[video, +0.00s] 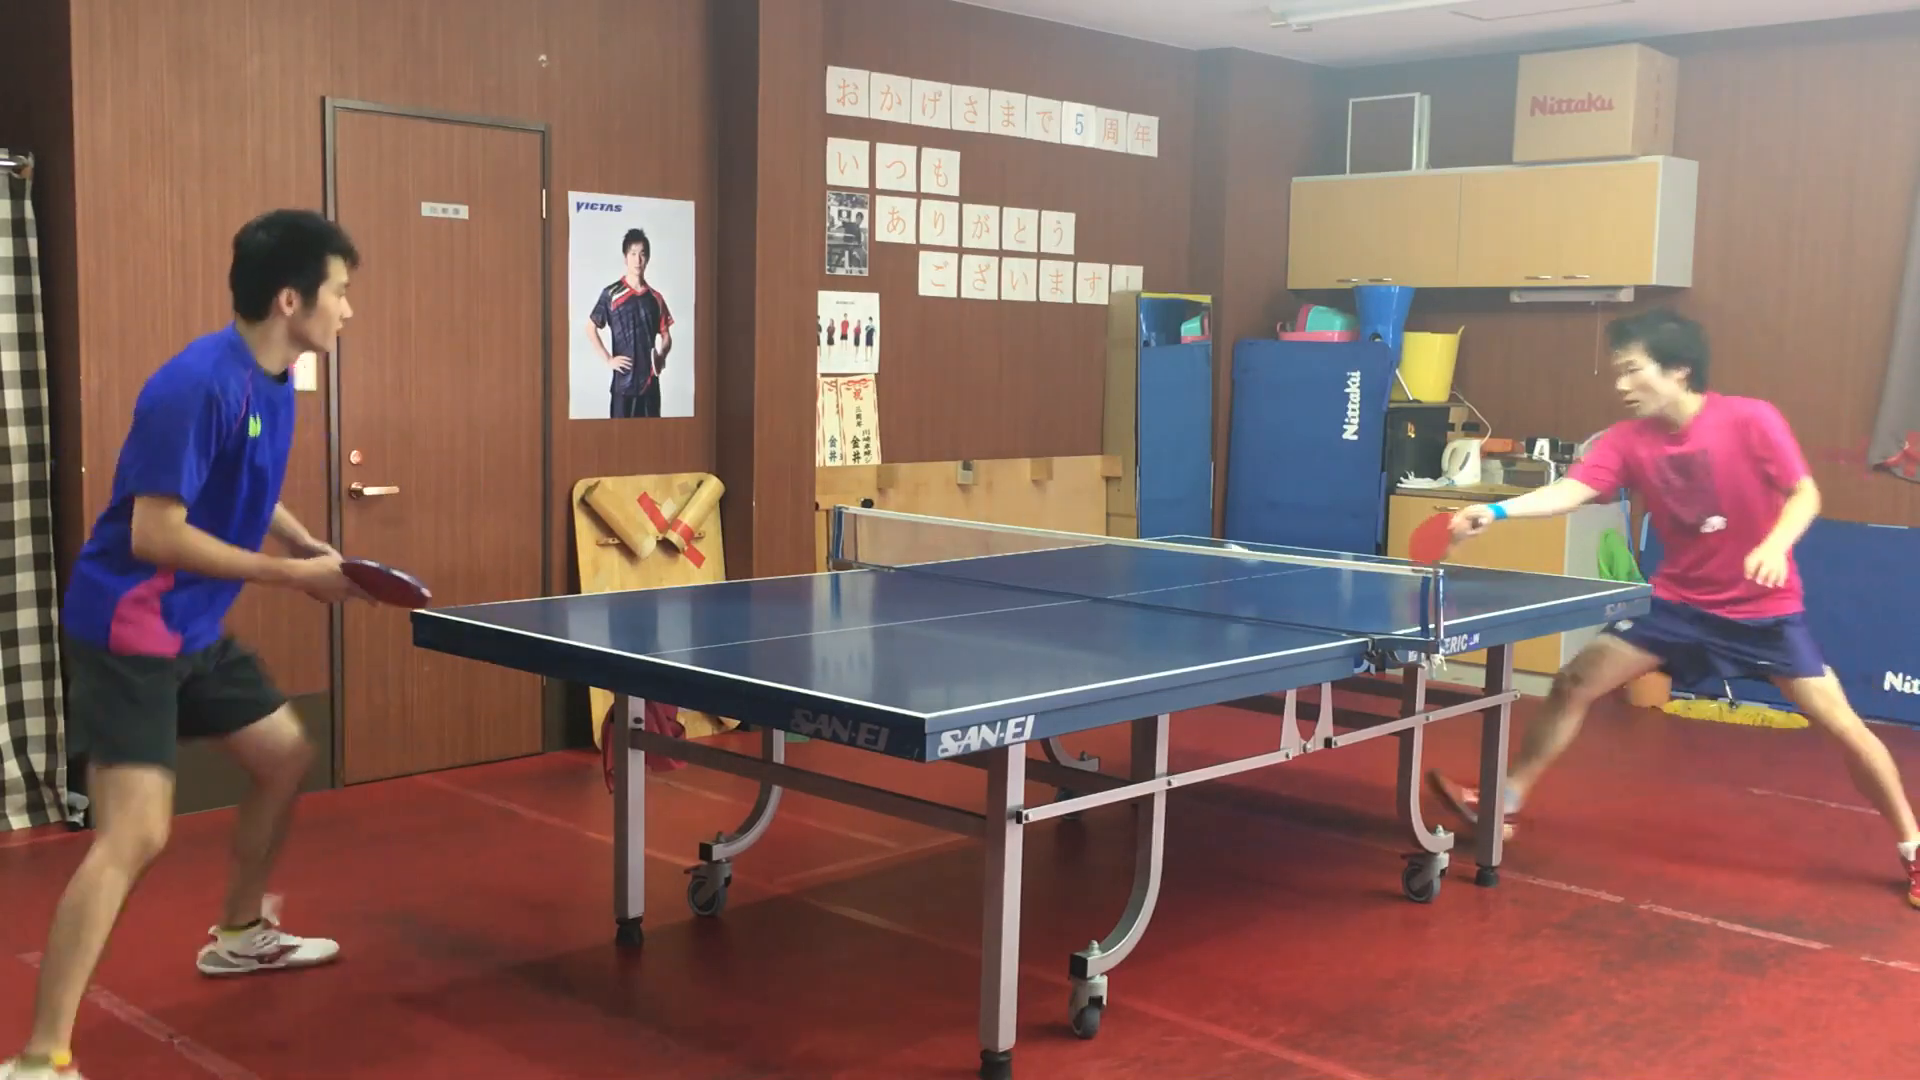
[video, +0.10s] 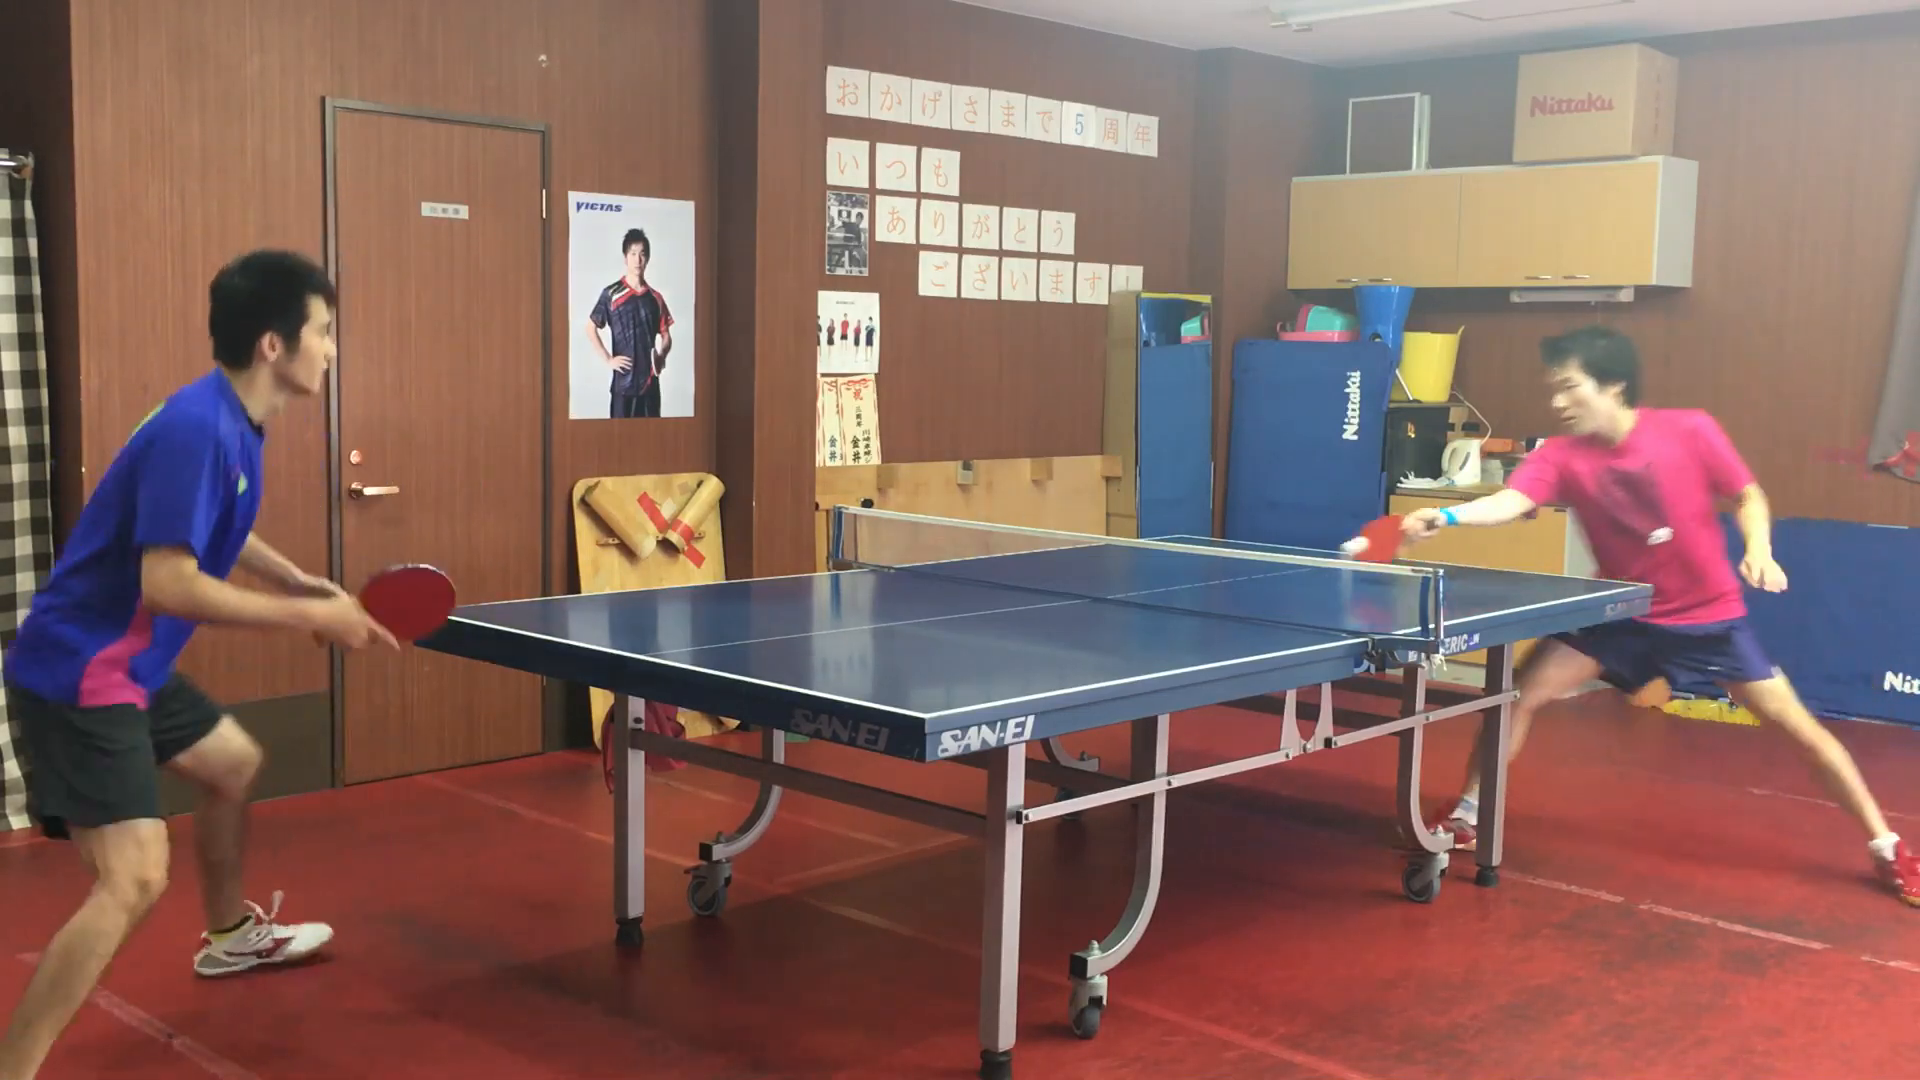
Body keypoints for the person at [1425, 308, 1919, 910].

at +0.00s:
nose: (1621, 383)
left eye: (1631, 369)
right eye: (1617, 372)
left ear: (1679, 372)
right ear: (1631, 379)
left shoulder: (1751, 421)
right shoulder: (1628, 442)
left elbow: (1806, 495)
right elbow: (1567, 493)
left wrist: (1774, 545)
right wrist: (1493, 510)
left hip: (1765, 613)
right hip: (1677, 605)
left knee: (1840, 724)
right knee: (1574, 681)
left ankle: (1911, 842)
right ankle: (1504, 803)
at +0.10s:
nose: (1555, 400)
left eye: (1566, 386)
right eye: (1551, 388)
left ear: (1613, 386)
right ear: (1580, 393)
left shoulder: (1690, 432)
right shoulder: (1562, 457)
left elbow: (1748, 499)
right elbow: (1510, 503)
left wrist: (1758, 549)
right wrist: (1440, 516)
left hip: (1712, 620)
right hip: (1628, 620)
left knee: (1792, 722)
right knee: (1528, 687)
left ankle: (1887, 843)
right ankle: (1464, 819)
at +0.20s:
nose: (1509, 413)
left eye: (1521, 399)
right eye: (1505, 402)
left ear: (1566, 402)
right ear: (1513, 412)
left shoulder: (1637, 445)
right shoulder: (1518, 478)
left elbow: (1691, 502)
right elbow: (1466, 515)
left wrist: (1750, 545)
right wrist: (1401, 520)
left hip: (1674, 628)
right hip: (1587, 628)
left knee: (1767, 731)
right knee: (1476, 670)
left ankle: (1851, 843)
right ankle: (1460, 812)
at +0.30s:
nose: (1498, 396)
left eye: (1511, 382)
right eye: (1494, 386)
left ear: (1555, 387)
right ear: (1496, 398)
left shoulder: (1627, 429)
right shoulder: (1505, 464)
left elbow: (1693, 472)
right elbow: (1466, 523)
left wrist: (1758, 505)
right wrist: (1419, 532)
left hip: (1666, 608)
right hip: (1578, 613)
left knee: (1756, 717)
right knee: (1478, 679)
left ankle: (1827, 830)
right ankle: (1458, 817)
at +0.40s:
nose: (1516, 366)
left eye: (1530, 352)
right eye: (1512, 355)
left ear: (1573, 357)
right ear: (1512, 363)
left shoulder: (1641, 398)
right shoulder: (1515, 440)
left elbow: (1720, 435)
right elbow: (1491, 513)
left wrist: (1769, 476)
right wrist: (1452, 533)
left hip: (1676, 580)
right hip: (1585, 586)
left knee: (1754, 697)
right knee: (1507, 677)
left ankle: (1814, 813)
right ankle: (1467, 808)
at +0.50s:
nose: (1549, 364)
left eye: (1564, 351)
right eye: (1543, 352)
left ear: (1606, 359)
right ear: (1538, 360)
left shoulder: (1664, 409)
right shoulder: (1538, 439)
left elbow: (1729, 464)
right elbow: (1515, 516)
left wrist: (1763, 514)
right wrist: (1474, 531)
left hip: (1685, 591)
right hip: (1593, 592)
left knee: (1760, 701)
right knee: (1512, 681)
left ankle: (1832, 827)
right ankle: (1488, 811)